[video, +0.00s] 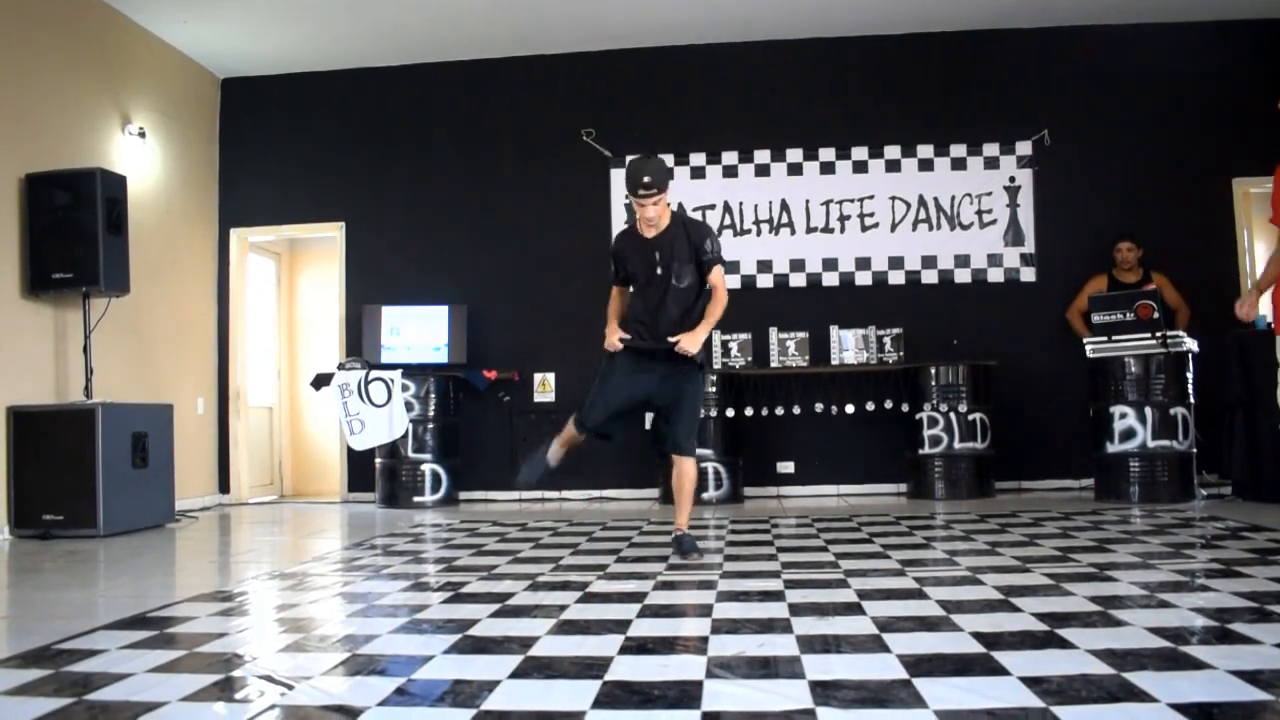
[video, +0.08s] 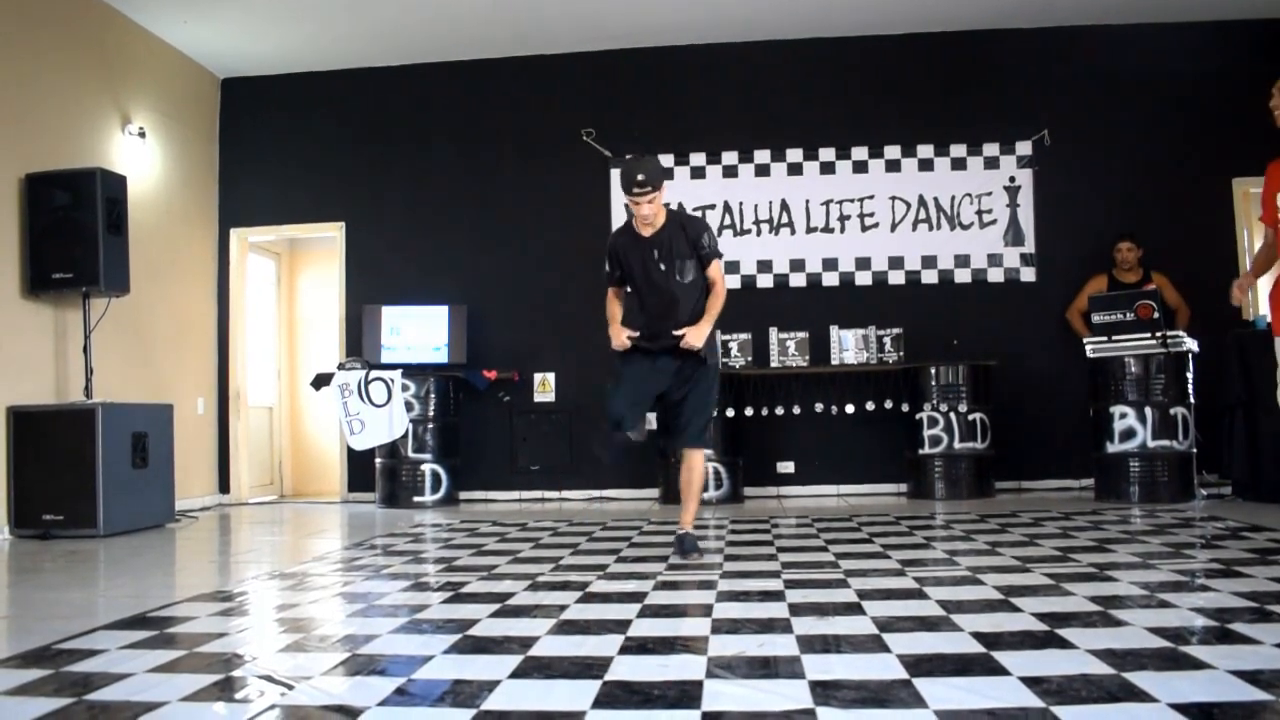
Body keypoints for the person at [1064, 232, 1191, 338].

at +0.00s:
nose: (1124, 256)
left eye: (1129, 250)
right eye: (1119, 251)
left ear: (1139, 253)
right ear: (1113, 255)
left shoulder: (1156, 280)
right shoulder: (1100, 283)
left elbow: (1182, 309)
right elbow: (1072, 313)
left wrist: (1176, 337)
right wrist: (1090, 341)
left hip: (1154, 355)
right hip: (1115, 356)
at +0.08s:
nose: (1124, 256)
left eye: (1129, 250)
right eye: (1119, 251)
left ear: (1139, 253)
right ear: (1113, 255)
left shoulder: (1156, 280)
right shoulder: (1100, 283)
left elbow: (1181, 309)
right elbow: (1072, 313)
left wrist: (1175, 338)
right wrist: (1090, 341)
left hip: (1154, 355)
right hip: (1115, 356)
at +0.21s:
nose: (1124, 256)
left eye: (1129, 250)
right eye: (1119, 251)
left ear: (1139, 253)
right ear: (1113, 255)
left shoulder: (1156, 280)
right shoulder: (1100, 283)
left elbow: (1181, 309)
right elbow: (1072, 313)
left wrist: (1175, 338)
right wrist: (1090, 341)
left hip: (1154, 355)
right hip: (1115, 356)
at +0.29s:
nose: (1124, 256)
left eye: (1130, 251)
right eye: (1119, 251)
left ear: (1139, 253)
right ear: (1113, 255)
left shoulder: (1156, 280)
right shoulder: (1100, 283)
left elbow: (1182, 309)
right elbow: (1072, 313)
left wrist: (1176, 337)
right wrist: (1090, 341)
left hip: (1154, 355)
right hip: (1116, 356)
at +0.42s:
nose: (1124, 256)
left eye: (1129, 251)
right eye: (1119, 252)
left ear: (1139, 253)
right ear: (1113, 256)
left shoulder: (1155, 280)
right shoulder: (1100, 283)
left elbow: (1181, 309)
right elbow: (1072, 313)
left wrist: (1174, 338)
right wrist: (1090, 341)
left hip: (1154, 356)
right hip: (1115, 357)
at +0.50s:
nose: (1124, 256)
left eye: (1130, 251)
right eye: (1119, 252)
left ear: (1139, 253)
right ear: (1113, 256)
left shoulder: (1155, 280)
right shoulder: (1100, 283)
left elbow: (1181, 309)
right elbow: (1072, 313)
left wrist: (1174, 338)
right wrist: (1090, 341)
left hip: (1154, 355)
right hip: (1115, 357)